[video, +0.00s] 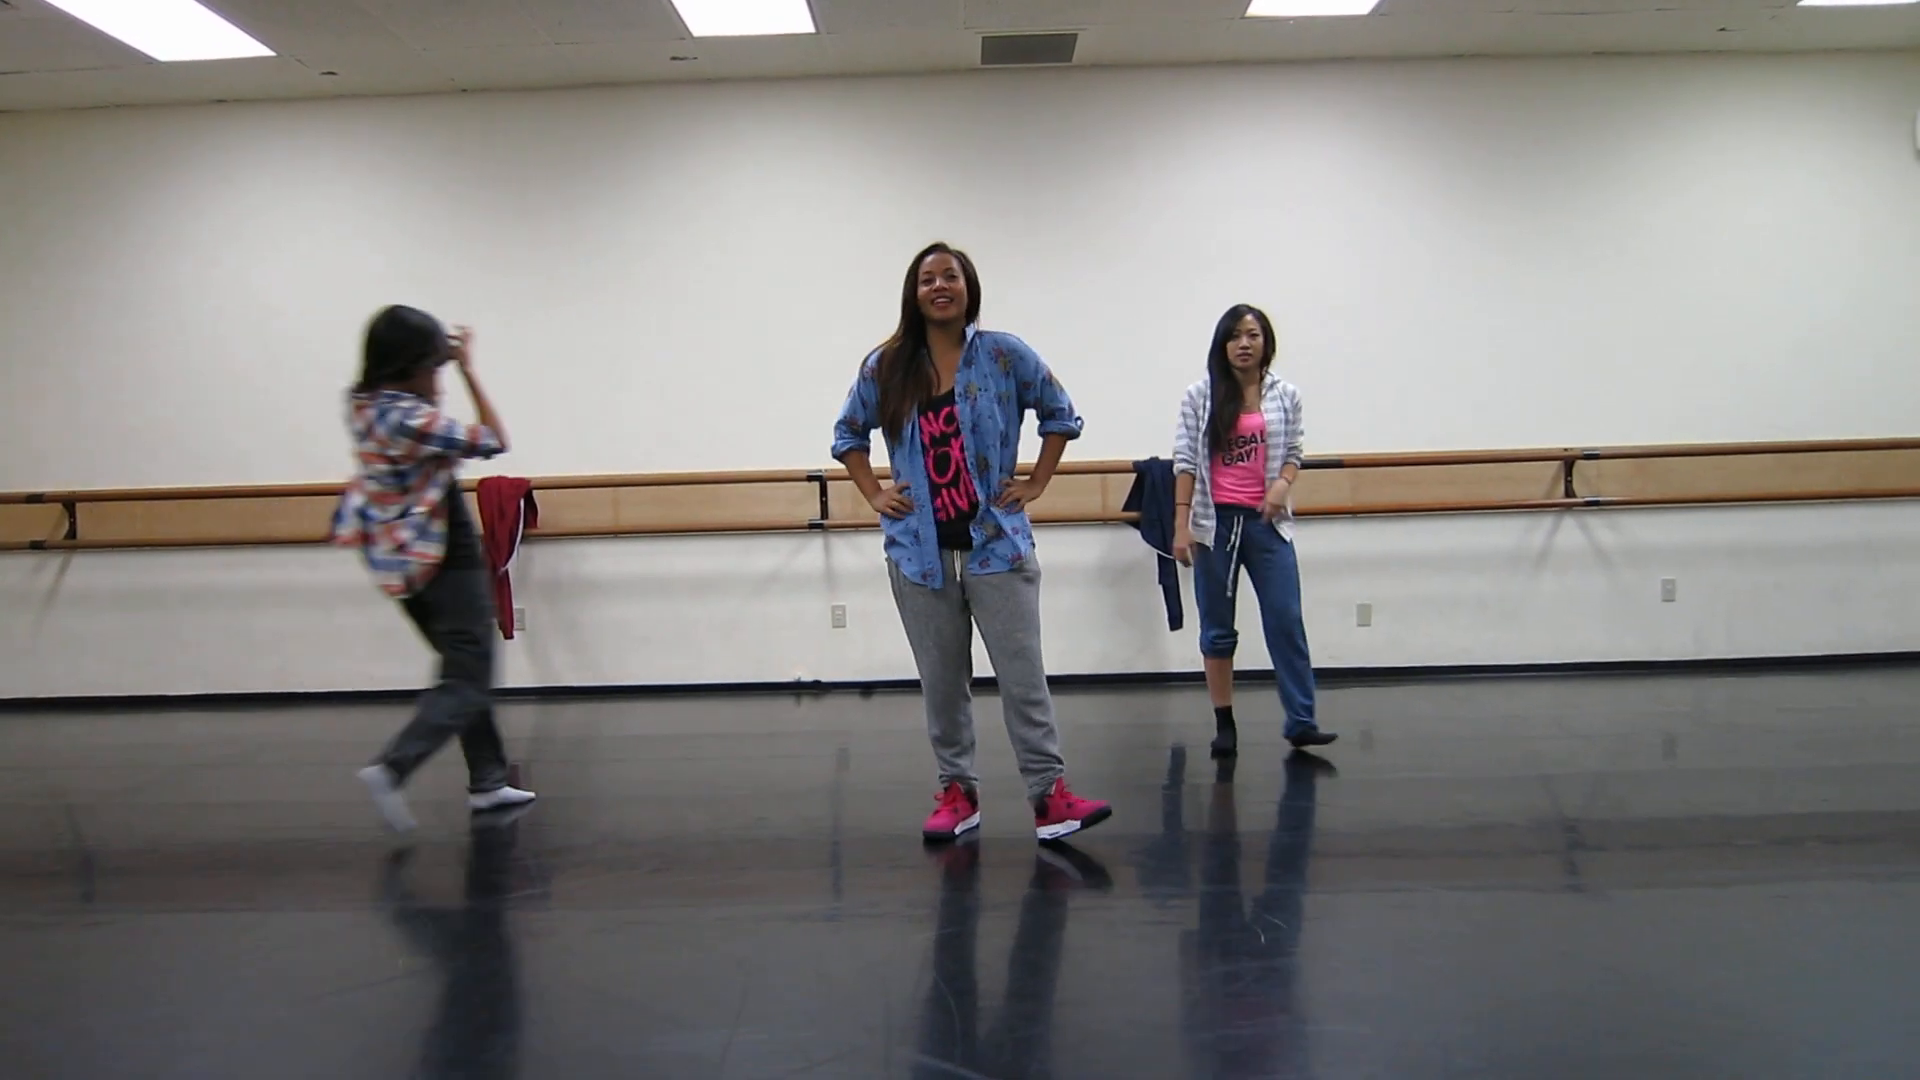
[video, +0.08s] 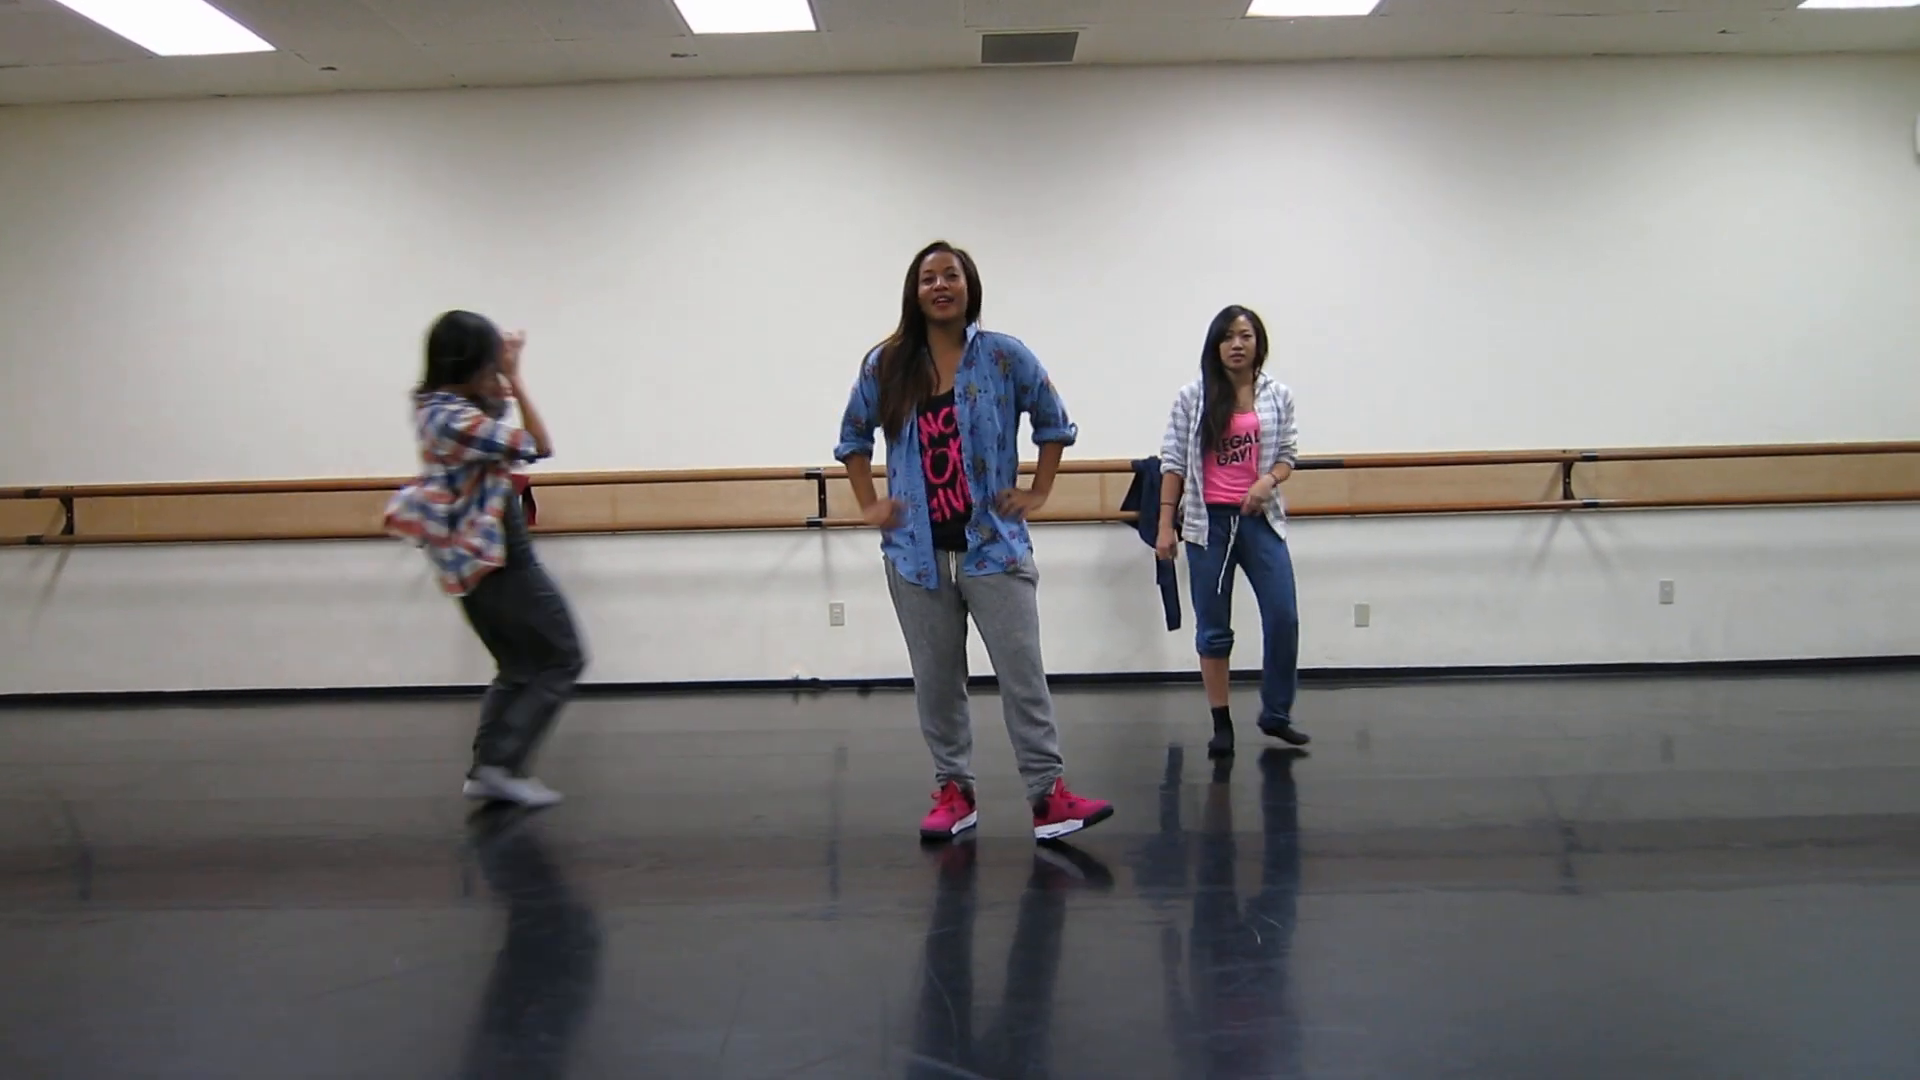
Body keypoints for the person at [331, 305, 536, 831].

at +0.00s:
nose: (439, 377)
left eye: (438, 368)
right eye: (434, 368)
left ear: (383, 365)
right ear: (410, 368)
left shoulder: (363, 408)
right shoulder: (407, 418)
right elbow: (494, 440)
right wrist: (468, 367)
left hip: (406, 566)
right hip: (446, 563)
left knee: (463, 669)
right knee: (470, 675)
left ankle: (489, 782)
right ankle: (389, 771)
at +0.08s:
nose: (498, 375)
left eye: (499, 366)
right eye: (491, 367)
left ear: (445, 365)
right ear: (468, 368)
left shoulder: (440, 410)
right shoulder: (452, 418)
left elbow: (494, 414)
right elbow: (539, 447)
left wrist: (503, 370)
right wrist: (517, 379)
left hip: (474, 568)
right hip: (503, 563)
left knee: (518, 667)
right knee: (562, 659)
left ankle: (487, 771)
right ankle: (501, 768)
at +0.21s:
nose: (573, 365)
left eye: (571, 355)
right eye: (568, 355)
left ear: (528, 359)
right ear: (548, 358)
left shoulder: (519, 411)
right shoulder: (531, 416)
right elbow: (601, 450)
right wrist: (571, 392)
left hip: (548, 553)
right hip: (573, 550)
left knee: (591, 645)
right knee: (628, 643)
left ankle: (536, 736)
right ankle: (650, 753)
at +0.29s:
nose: (608, 371)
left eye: (607, 363)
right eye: (604, 363)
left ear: (557, 369)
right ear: (588, 368)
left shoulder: (559, 421)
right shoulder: (574, 423)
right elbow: (644, 457)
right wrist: (613, 399)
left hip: (592, 561)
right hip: (610, 558)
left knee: (642, 643)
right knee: (668, 647)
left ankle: (629, 732)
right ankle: (653, 755)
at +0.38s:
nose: (643, 374)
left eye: (639, 366)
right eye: (636, 368)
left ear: (595, 379)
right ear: (618, 379)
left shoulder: (596, 423)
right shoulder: (610, 429)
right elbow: (670, 472)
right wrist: (646, 415)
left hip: (621, 555)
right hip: (640, 553)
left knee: (666, 642)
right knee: (701, 642)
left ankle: (693, 733)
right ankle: (657, 740)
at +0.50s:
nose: (685, 376)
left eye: (681, 369)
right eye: (677, 371)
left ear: (645, 384)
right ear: (660, 382)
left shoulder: (661, 424)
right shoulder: (645, 434)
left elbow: (696, 471)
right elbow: (682, 493)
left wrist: (695, 429)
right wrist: (685, 436)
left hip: (677, 556)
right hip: (679, 558)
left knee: (703, 644)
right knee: (749, 634)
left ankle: (694, 732)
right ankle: (712, 729)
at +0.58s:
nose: (707, 369)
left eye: (704, 361)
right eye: (698, 364)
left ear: (687, 376)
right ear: (680, 376)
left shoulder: (700, 421)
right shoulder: (665, 430)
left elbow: (715, 477)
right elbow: (676, 498)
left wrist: (726, 435)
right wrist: (717, 458)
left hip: (716, 550)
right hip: (695, 554)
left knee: (726, 632)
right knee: (758, 633)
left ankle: (695, 724)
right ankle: (770, 727)